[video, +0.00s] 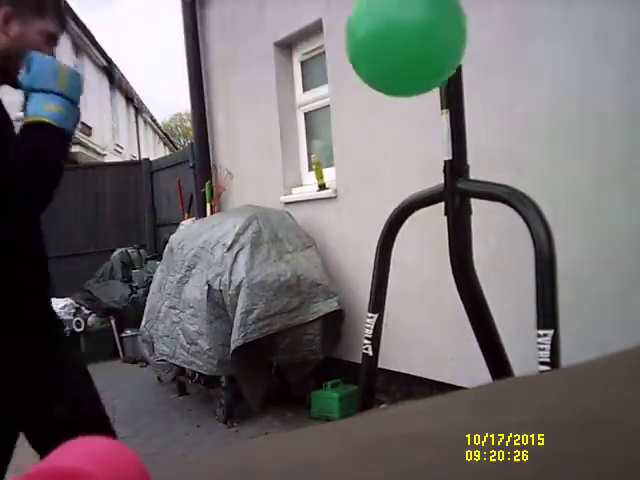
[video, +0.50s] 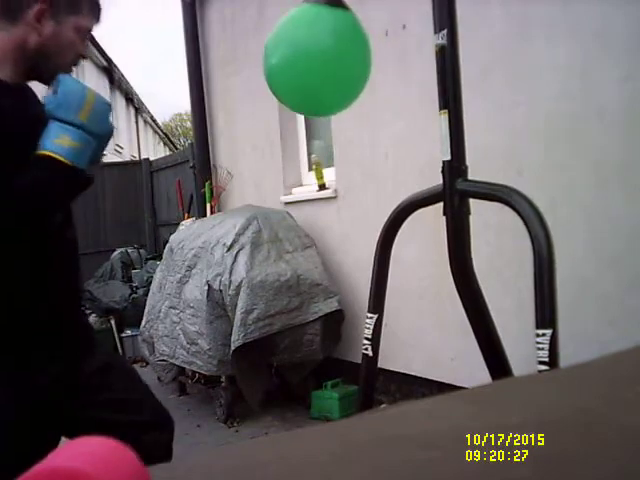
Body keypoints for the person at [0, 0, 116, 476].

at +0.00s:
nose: (51, 50)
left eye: (56, 40)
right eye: (48, 35)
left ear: (10, 23)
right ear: (8, 19)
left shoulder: (1, 106)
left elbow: (18, 205)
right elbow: (17, 205)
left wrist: (48, 110)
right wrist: (50, 105)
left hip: (22, 322)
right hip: (13, 326)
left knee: (93, 462)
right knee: (94, 461)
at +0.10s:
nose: (77, 55)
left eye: (81, 41)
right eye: (74, 37)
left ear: (34, 24)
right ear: (34, 21)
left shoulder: (15, 103)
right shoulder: (6, 103)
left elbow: (26, 205)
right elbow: (24, 204)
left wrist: (69, 132)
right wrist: (71, 127)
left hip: (38, 331)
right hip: (21, 335)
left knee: (103, 460)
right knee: (103, 460)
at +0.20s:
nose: (88, 44)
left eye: (92, 30)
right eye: (85, 25)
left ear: (44, 12)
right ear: (44, 9)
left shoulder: (21, 87)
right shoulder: (6, 84)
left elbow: (31, 197)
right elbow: (18, 198)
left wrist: (75, 124)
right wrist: (73, 117)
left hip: (42, 321)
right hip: (21, 325)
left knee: (87, 456)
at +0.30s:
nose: (87, 39)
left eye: (91, 25)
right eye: (83, 21)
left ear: (41, 11)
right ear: (41, 8)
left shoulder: (25, 84)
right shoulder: (6, 81)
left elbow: (62, 177)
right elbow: (27, 187)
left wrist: (81, 107)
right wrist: (70, 102)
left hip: (43, 318)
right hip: (21, 322)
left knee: (96, 450)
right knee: (100, 448)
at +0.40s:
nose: (83, 53)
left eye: (87, 40)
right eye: (78, 36)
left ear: (37, 18)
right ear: (38, 16)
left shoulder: (23, 100)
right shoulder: (4, 99)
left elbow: (54, 191)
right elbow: (40, 190)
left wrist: (80, 126)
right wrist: (70, 114)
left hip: (42, 325)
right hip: (19, 332)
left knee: (131, 437)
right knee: (131, 437)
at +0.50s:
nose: (83, 54)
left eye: (88, 39)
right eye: (82, 34)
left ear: (40, 18)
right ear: (40, 16)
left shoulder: (29, 108)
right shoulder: (12, 108)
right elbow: (13, 228)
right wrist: (61, 154)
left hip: (50, 327)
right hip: (27, 333)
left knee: (144, 432)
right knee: (143, 431)